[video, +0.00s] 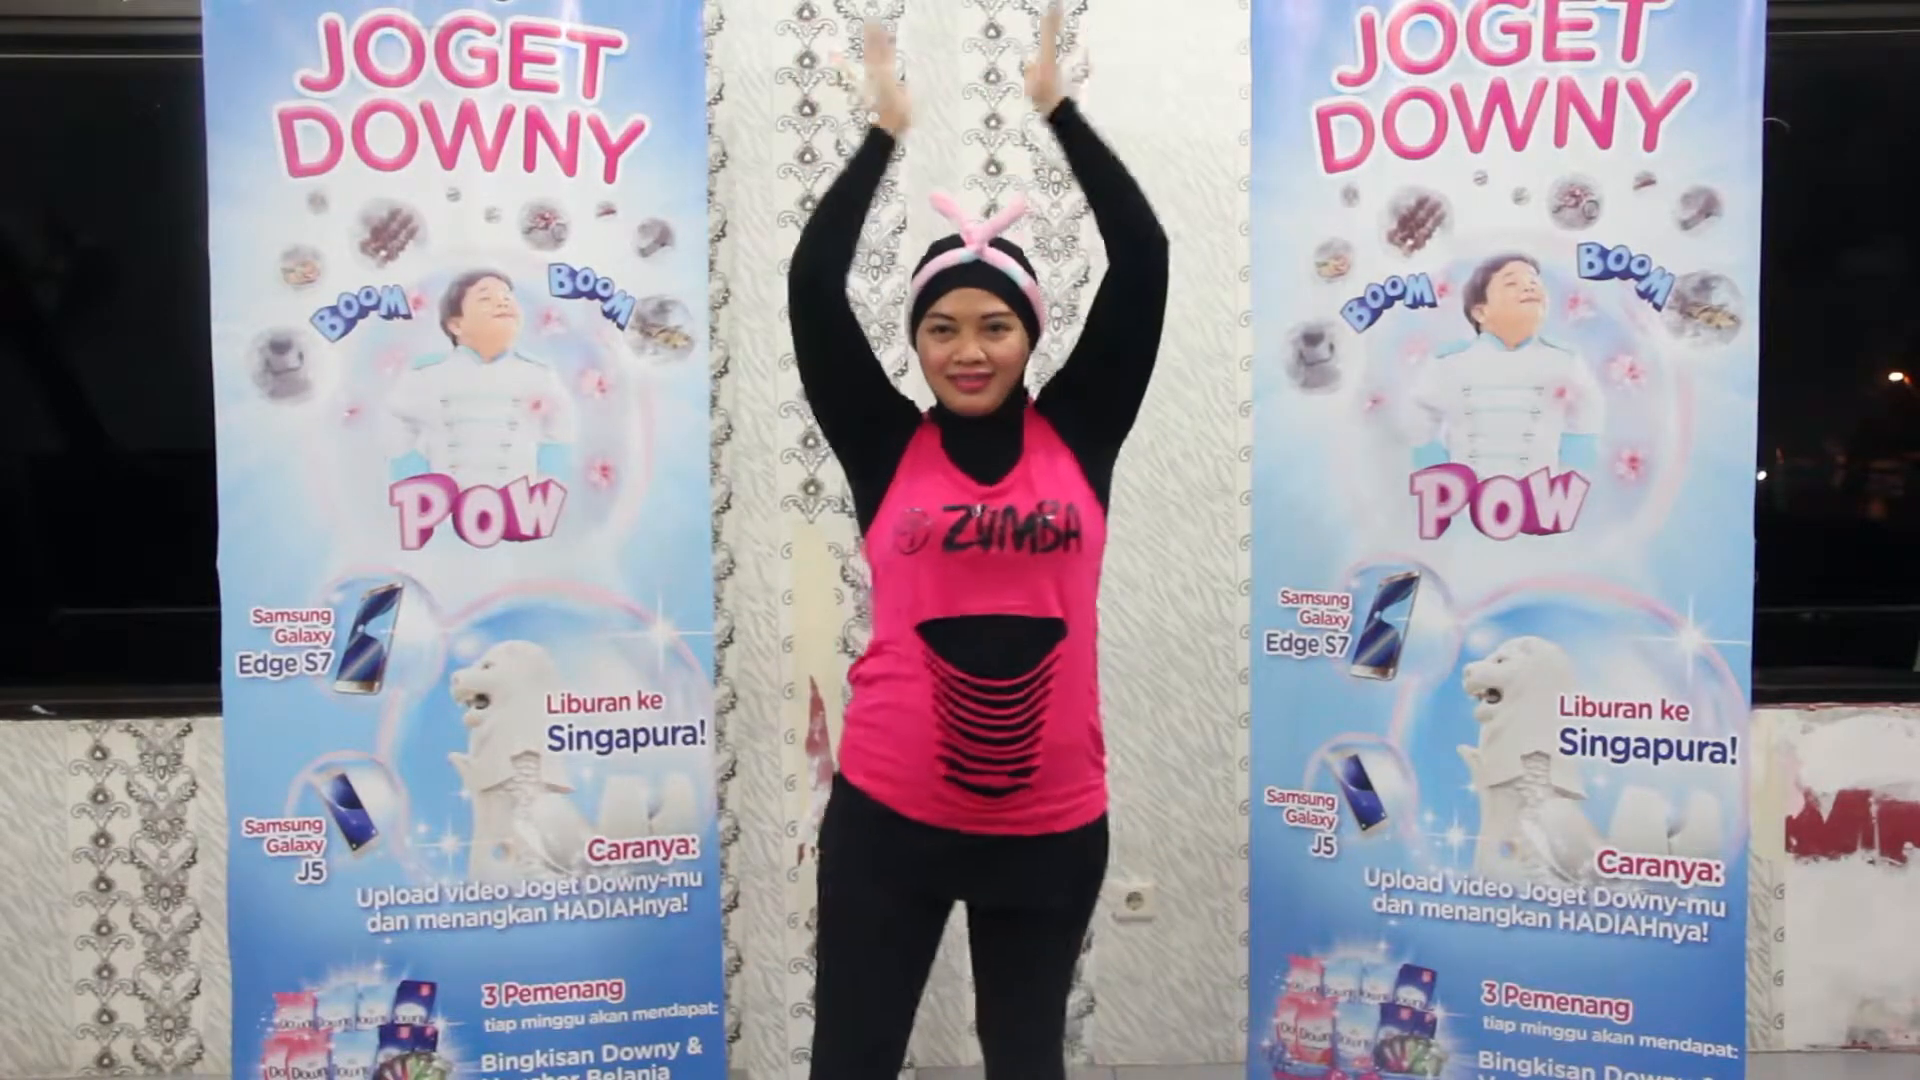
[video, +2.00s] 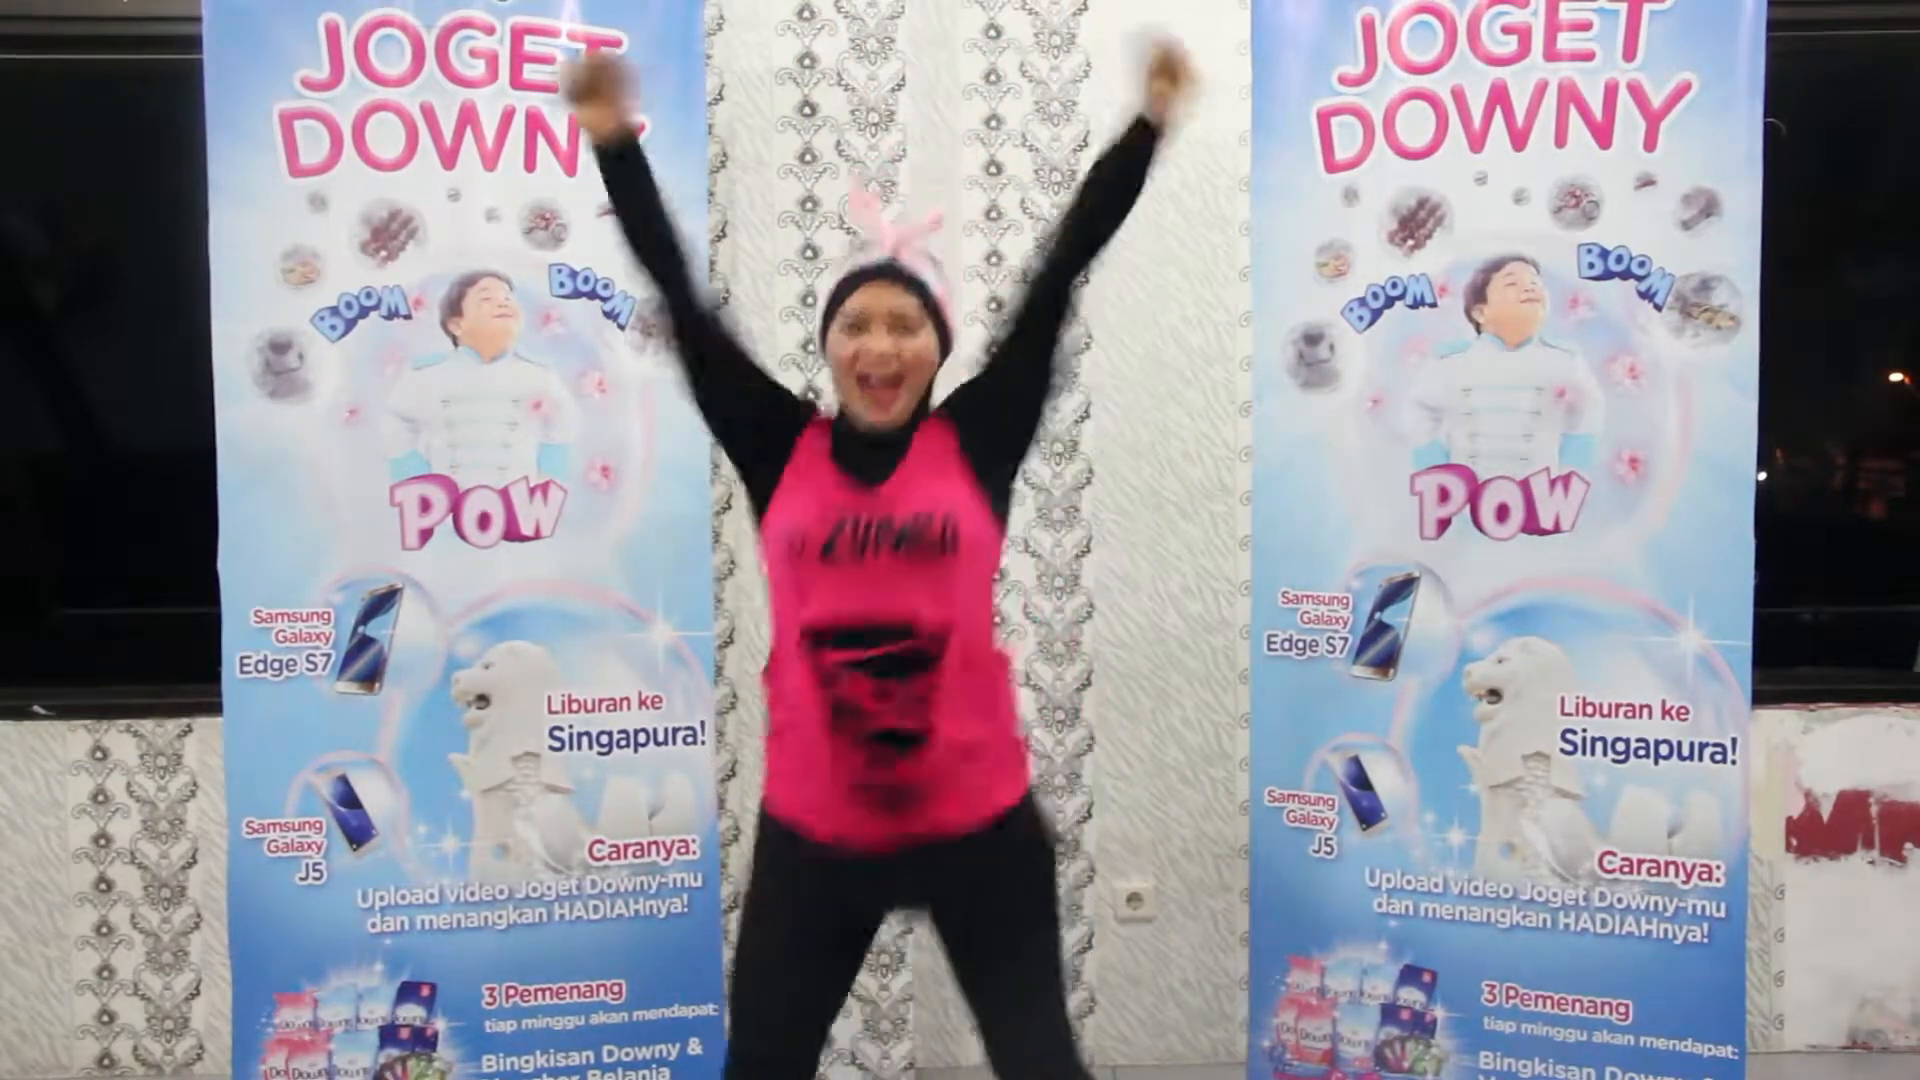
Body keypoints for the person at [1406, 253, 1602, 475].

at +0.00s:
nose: (1529, 286)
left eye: (1534, 280)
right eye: (1510, 283)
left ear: (1545, 299)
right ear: (1479, 311)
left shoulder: (1564, 363)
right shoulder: (1446, 365)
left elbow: (1584, 430)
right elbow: (1414, 419)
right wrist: (1439, 481)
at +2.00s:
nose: (1528, 287)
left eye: (1535, 282)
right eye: (1510, 283)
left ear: (1545, 300)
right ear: (1479, 311)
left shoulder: (1565, 363)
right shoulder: (1445, 365)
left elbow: (1585, 423)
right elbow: (1418, 420)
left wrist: (1566, 487)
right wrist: (1436, 481)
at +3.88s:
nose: (1528, 287)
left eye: (1534, 281)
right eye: (1510, 283)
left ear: (1545, 300)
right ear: (1479, 311)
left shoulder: (1564, 364)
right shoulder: (1446, 366)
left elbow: (1583, 426)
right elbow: (1414, 416)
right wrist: (1435, 476)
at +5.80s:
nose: (1529, 287)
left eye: (1534, 281)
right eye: (1510, 283)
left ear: (1544, 300)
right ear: (1479, 311)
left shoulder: (1565, 365)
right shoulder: (1446, 368)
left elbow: (1583, 436)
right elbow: (1413, 420)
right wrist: (1436, 477)